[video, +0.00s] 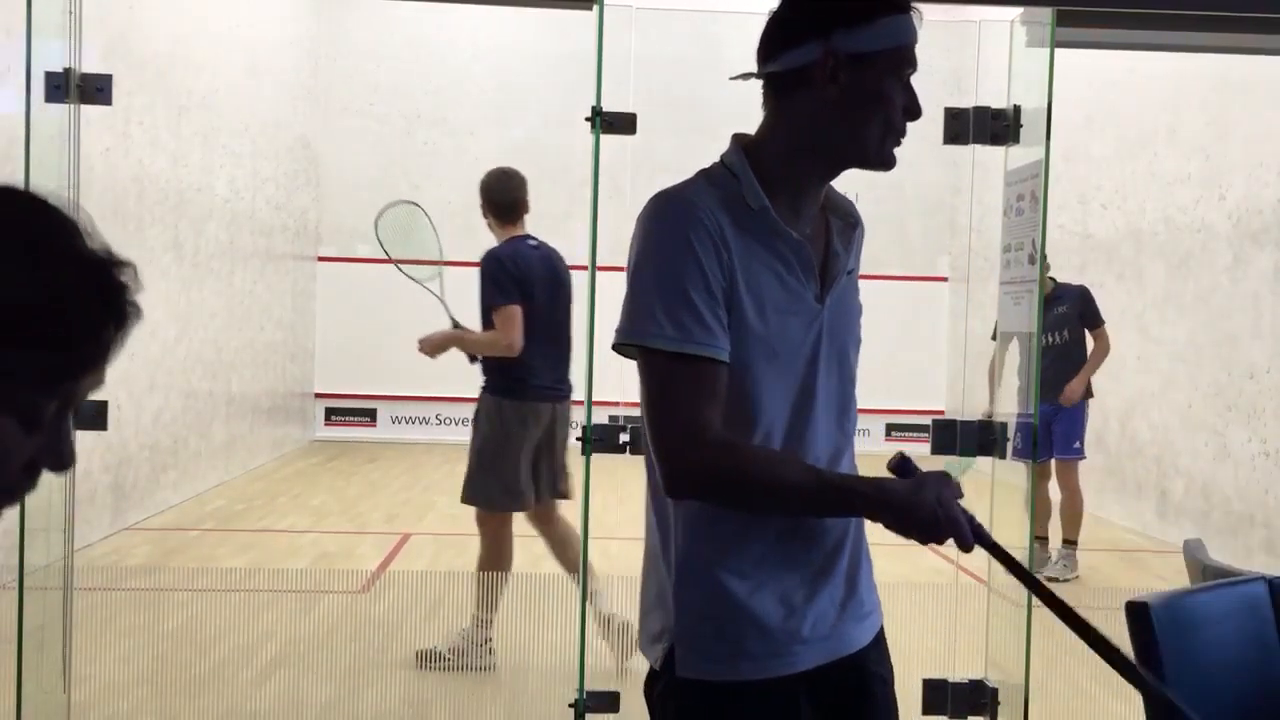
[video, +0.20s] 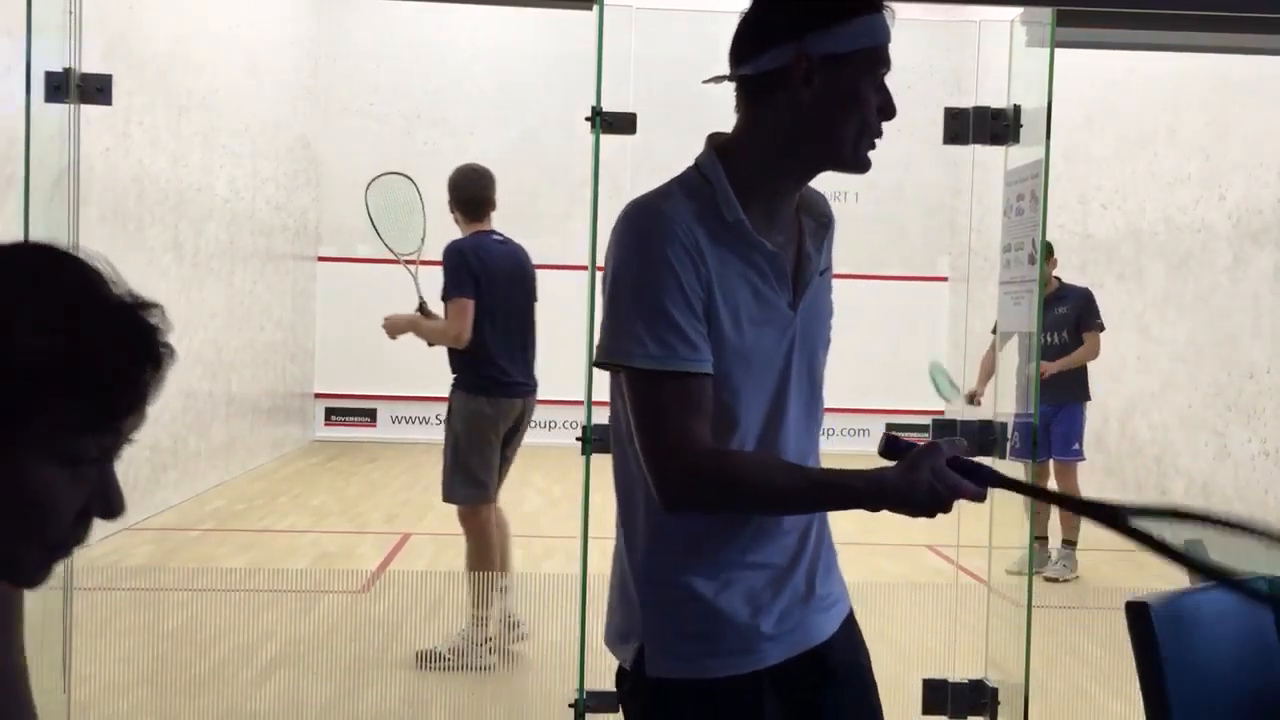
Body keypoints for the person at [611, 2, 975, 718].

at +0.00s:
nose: (916, 108)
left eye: (912, 81)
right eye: (899, 78)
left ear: (830, 78)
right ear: (826, 75)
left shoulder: (841, 225)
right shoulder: (686, 223)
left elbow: (808, 422)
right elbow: (689, 460)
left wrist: (885, 491)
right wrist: (881, 498)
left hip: (845, 630)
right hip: (726, 654)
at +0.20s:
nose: (890, 107)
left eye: (885, 80)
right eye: (871, 78)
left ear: (805, 82)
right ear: (800, 77)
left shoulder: (811, 220)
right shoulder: (662, 232)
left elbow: (775, 427)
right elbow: (683, 474)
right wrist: (879, 486)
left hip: (814, 618)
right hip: (700, 646)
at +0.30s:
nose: (878, 107)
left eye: (873, 79)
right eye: (860, 78)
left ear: (794, 84)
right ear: (790, 80)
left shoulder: (800, 217)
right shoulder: (649, 236)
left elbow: (765, 418)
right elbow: (669, 477)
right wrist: (862, 488)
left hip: (803, 610)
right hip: (690, 641)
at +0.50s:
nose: (855, 110)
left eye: (850, 84)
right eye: (839, 82)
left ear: (769, 89)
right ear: (767, 85)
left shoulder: (790, 216)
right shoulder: (626, 239)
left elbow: (753, 405)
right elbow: (617, 474)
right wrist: (814, 487)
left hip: (797, 604)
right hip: (682, 634)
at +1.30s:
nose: (814, 138)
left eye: (807, 116)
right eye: (795, 116)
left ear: (737, 122)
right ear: (732, 121)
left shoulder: (775, 246)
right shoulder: (619, 254)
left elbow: (788, 387)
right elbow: (557, 429)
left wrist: (886, 470)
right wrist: (704, 501)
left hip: (764, 584)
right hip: (672, 596)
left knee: (769, 714)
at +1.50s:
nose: (781, 136)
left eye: (773, 118)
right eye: (759, 120)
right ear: (691, 136)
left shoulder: (771, 246)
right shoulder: (609, 253)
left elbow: (809, 389)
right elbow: (545, 423)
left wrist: (849, 405)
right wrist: (688, 501)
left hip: (753, 568)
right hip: (658, 578)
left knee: (756, 712)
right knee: (668, 716)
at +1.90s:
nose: (705, 132)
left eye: (698, 113)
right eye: (686, 112)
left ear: (619, 129)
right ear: (614, 127)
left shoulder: (710, 241)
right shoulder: (525, 263)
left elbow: (777, 349)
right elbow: (481, 430)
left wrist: (788, 367)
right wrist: (598, 504)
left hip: (710, 582)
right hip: (596, 594)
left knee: (720, 712)